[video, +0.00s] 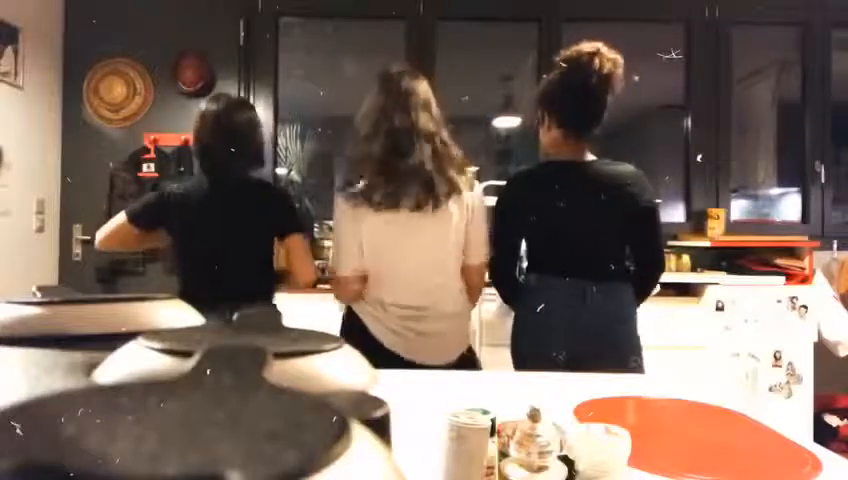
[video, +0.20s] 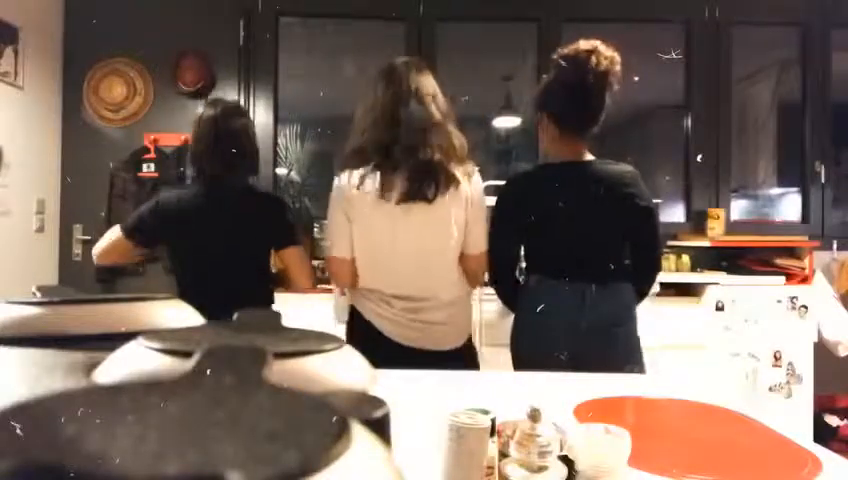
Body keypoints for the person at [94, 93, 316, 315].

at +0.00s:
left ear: (197, 144)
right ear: (256, 144)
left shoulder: (176, 198)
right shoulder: (274, 199)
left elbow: (105, 240)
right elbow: (305, 277)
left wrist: (167, 237)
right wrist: (270, 272)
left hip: (194, 332)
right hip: (260, 334)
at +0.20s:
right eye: (251, 140)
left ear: (195, 150)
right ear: (249, 150)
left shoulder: (171, 208)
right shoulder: (269, 208)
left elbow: (102, 255)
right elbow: (304, 283)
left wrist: (157, 248)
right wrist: (269, 272)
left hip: (197, 342)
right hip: (259, 342)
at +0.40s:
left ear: (189, 152)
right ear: (245, 152)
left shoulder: (167, 208)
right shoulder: (264, 208)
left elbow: (102, 261)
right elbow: (300, 281)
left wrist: (155, 244)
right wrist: (269, 269)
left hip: (195, 341)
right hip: (257, 343)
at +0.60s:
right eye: (248, 132)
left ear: (192, 141)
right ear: (247, 141)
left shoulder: (167, 198)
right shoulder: (264, 199)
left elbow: (103, 251)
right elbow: (300, 278)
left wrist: (157, 239)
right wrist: (260, 266)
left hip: (196, 334)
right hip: (259, 335)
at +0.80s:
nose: (255, 153)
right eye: (252, 145)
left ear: (195, 155)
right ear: (248, 154)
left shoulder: (173, 213)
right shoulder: (271, 211)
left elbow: (111, 271)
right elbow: (302, 288)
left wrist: (165, 258)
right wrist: (270, 269)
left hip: (197, 345)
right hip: (262, 345)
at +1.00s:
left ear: (196, 144)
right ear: (250, 142)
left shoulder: (176, 200)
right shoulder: (272, 200)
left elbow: (112, 257)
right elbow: (302, 278)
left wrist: (163, 242)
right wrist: (264, 260)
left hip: (197, 331)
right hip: (262, 331)